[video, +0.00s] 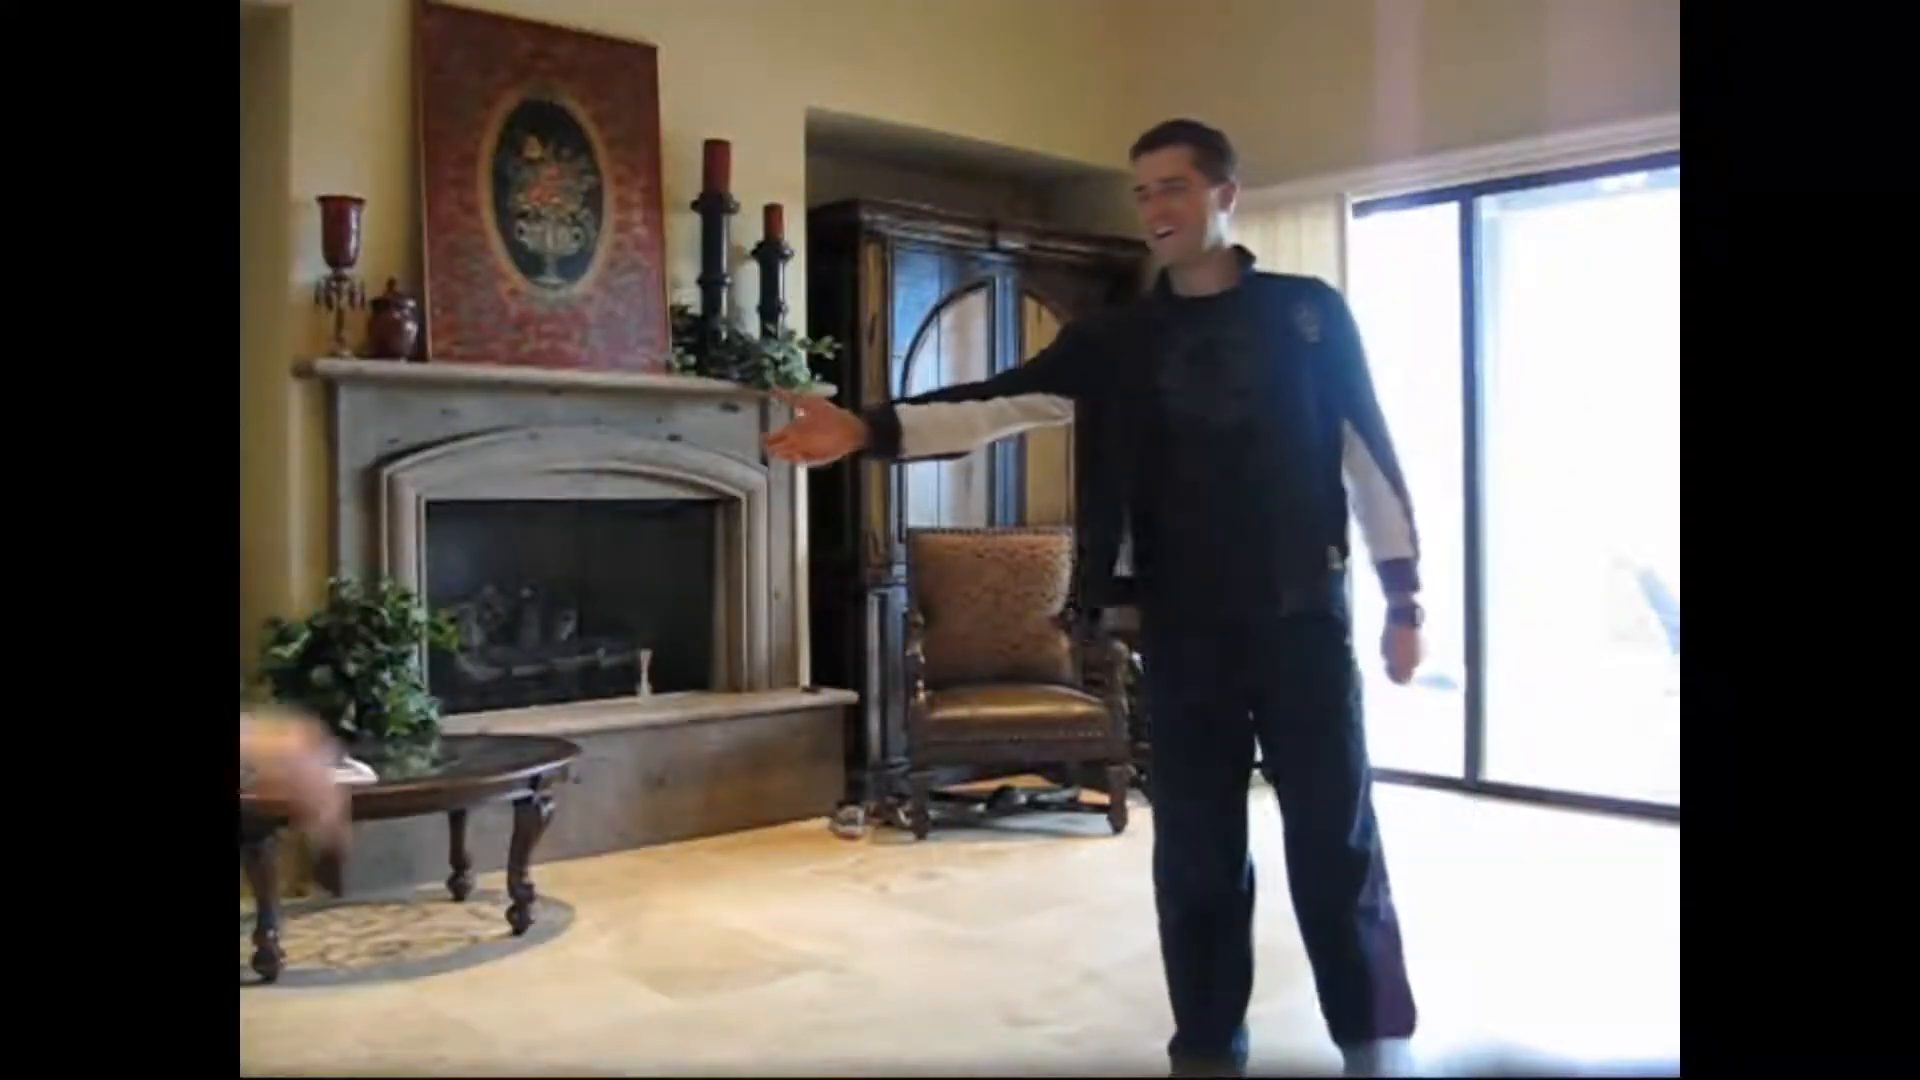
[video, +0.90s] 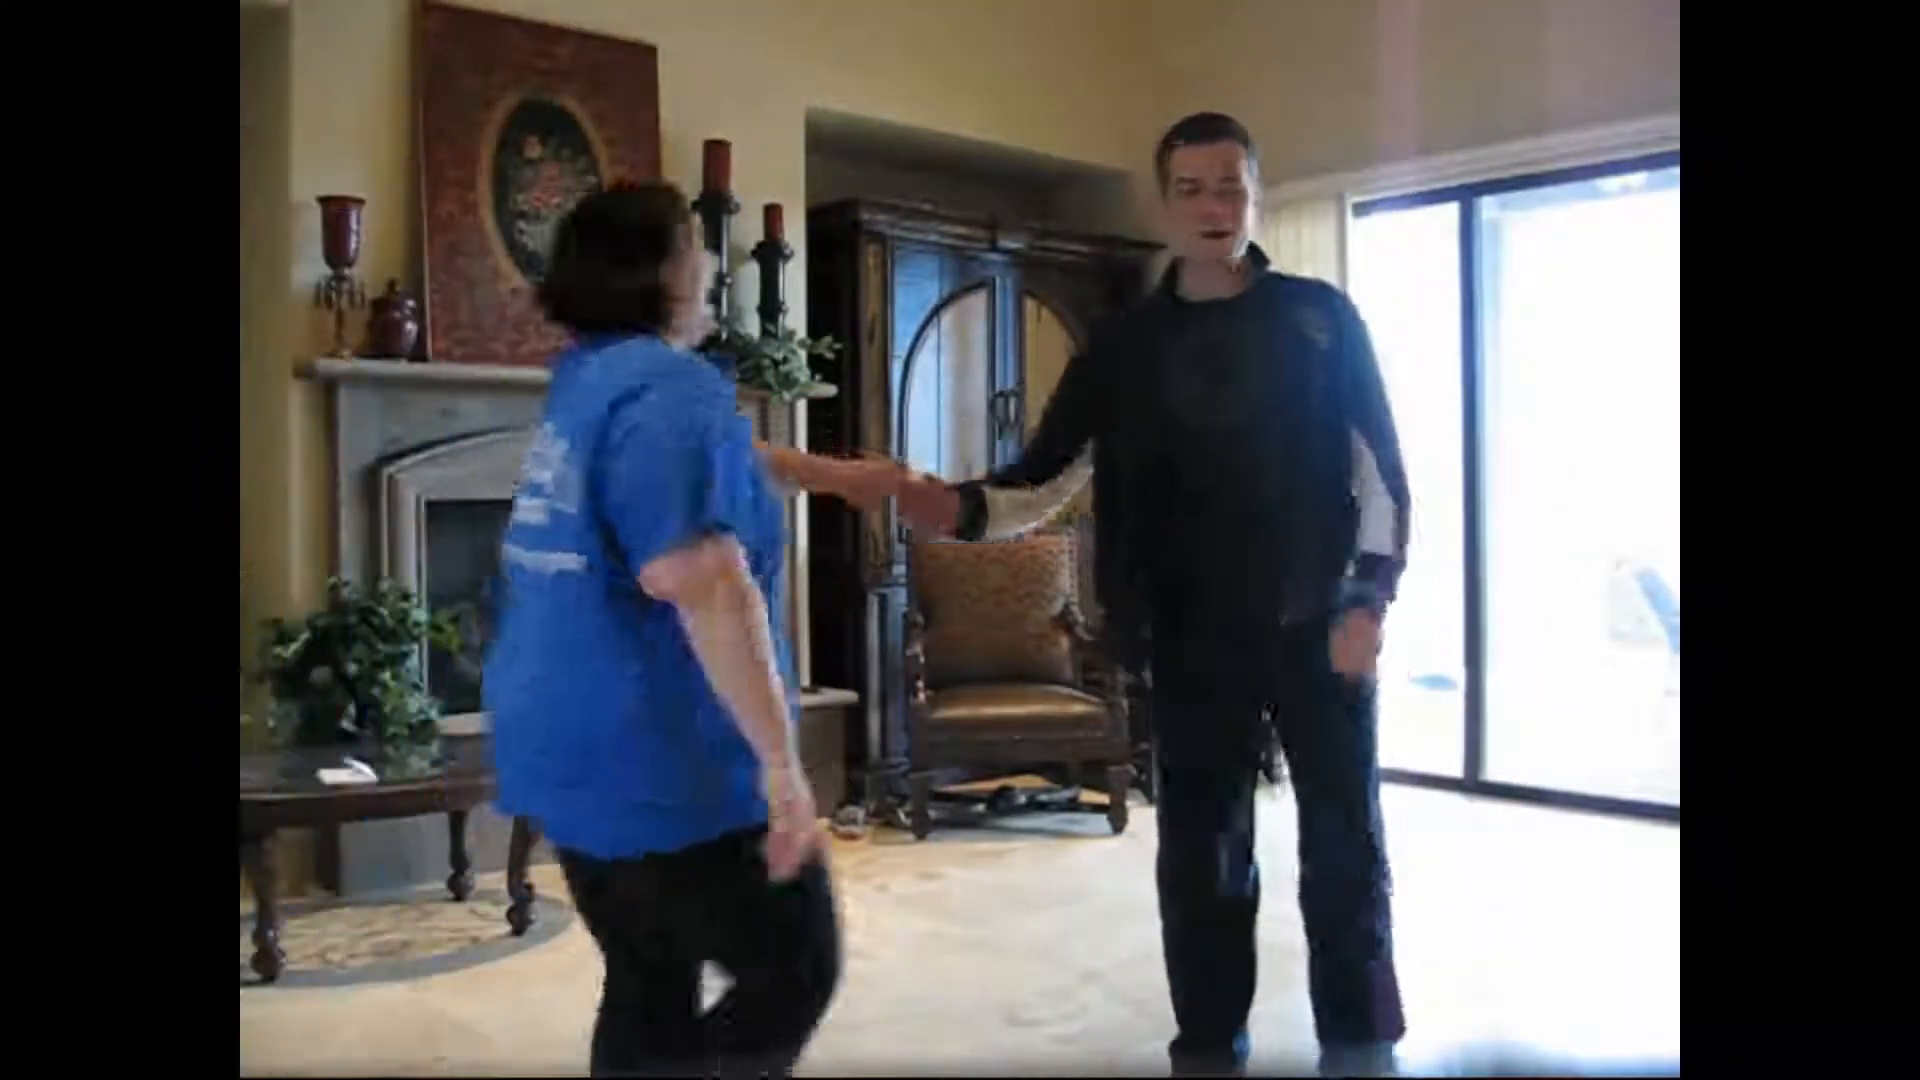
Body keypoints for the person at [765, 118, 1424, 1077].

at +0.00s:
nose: (1153, 209)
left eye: (1171, 189)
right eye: (1142, 195)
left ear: (1226, 194)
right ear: (1137, 209)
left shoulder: (1308, 311)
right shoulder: (1115, 337)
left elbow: (1370, 459)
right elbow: (993, 405)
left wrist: (1402, 598)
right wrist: (866, 429)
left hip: (1303, 627)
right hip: (1185, 633)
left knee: (1337, 851)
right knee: (1196, 862)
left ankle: (1374, 1050)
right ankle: (1206, 1055)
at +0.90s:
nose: (1211, 205)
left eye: (1228, 187)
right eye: (1190, 189)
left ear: (1256, 197)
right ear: (1160, 205)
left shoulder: (1318, 315)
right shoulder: (1123, 338)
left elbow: (1384, 474)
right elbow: (1041, 471)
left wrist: (1367, 597)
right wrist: (955, 507)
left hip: (1315, 626)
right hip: (1190, 634)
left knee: (1344, 855)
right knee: (1202, 859)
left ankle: (1359, 1056)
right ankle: (1207, 1053)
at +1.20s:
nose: (1286, 243)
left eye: (1296, 222)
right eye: (1263, 226)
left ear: (1314, 203)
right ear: (1220, 215)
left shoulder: (1365, 312)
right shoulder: (1169, 331)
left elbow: (1447, 445)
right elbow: (1128, 450)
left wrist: (1318, 445)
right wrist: (1090, 488)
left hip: (1334, 635)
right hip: (1213, 632)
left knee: (1328, 859)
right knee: (1210, 855)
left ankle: (1318, 1056)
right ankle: (1207, 1054)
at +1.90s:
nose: (1292, 181)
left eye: (1308, 160)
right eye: (1270, 167)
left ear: (1342, 173)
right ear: (1247, 189)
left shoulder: (1420, 303)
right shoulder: (1210, 325)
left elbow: (1481, 471)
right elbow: (1188, 469)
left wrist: (1410, 571)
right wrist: (1181, 476)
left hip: (1373, 636)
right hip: (1252, 637)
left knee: (1360, 865)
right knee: (1256, 860)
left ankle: (1338, 1059)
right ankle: (1250, 1055)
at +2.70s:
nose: (1158, 258)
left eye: (1171, 228)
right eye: (1134, 248)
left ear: (1219, 228)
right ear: (1125, 271)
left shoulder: (1353, 314)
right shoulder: (1146, 385)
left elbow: (1446, 431)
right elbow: (1141, 504)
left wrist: (1378, 519)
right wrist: (1174, 531)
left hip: (1378, 632)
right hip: (1253, 640)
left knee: (1362, 859)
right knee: (1262, 859)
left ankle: (1342, 1057)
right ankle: (1247, 1058)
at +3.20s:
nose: (1110, 224)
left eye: (1124, 199)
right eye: (1107, 203)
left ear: (1195, 195)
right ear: (1168, 204)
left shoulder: (1335, 287)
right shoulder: (1133, 344)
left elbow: (1430, 423)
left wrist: (1359, 518)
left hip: (1346, 628)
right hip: (1225, 633)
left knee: (1340, 860)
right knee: (1239, 863)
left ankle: (1330, 1059)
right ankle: (1241, 1058)